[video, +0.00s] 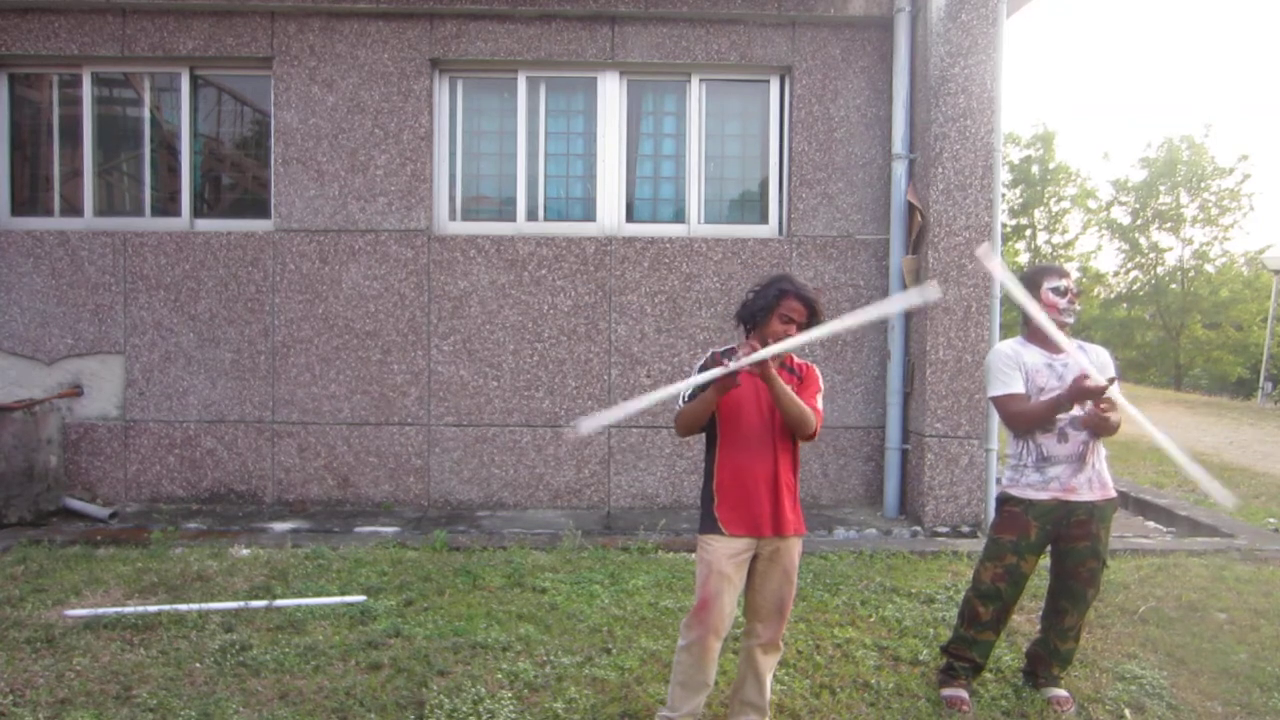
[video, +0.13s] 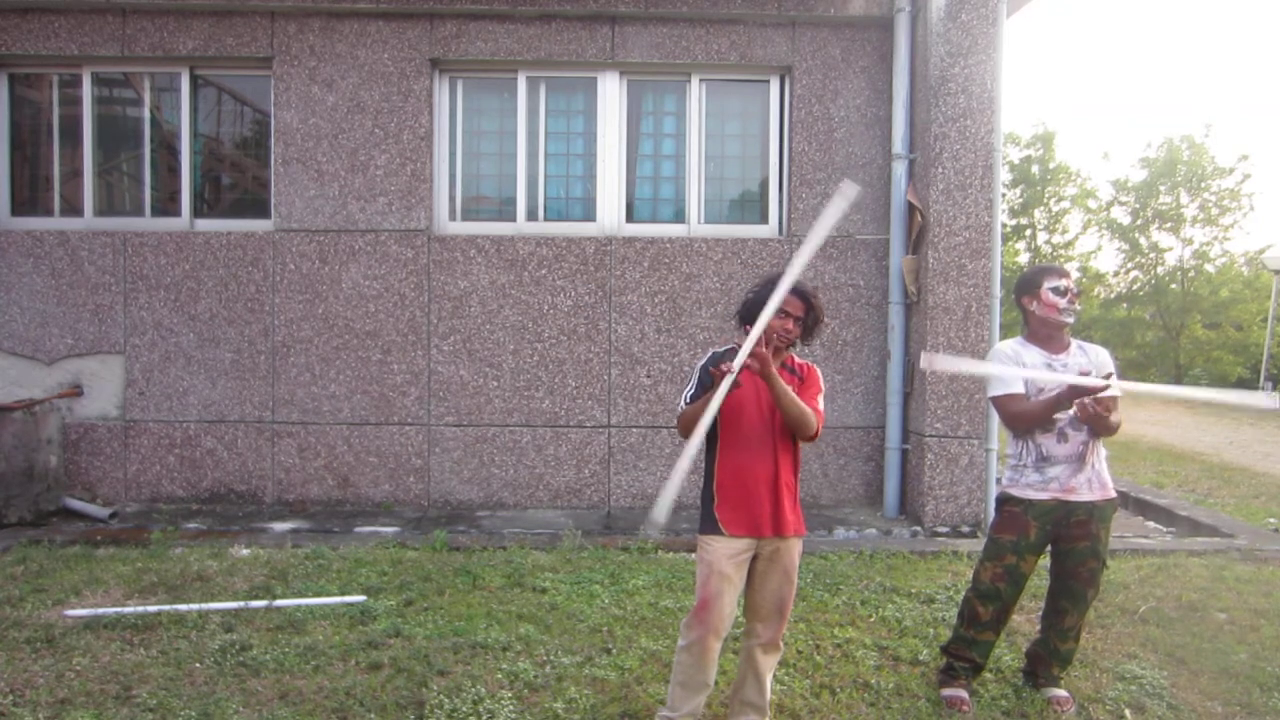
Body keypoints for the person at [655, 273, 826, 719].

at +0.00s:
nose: (792, 331)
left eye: (800, 325)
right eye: (785, 319)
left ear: (805, 330)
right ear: (758, 317)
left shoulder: (805, 372)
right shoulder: (719, 362)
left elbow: (808, 428)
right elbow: (684, 426)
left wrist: (771, 374)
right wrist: (722, 385)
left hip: (783, 521)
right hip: (726, 520)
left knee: (767, 636)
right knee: (707, 626)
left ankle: (749, 715)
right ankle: (678, 714)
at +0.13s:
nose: (787, 326)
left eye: (797, 320)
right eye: (781, 314)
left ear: (803, 329)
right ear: (755, 314)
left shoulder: (805, 373)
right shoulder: (721, 361)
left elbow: (809, 429)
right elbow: (686, 428)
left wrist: (771, 374)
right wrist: (720, 386)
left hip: (783, 522)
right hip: (726, 521)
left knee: (767, 636)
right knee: (707, 626)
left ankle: (749, 714)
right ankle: (678, 714)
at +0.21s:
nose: (788, 325)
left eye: (798, 318)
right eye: (781, 312)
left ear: (803, 327)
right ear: (757, 312)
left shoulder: (806, 373)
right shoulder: (721, 362)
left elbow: (808, 431)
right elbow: (688, 427)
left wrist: (768, 376)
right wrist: (724, 390)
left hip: (783, 520)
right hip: (726, 518)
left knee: (767, 635)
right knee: (708, 625)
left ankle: (749, 714)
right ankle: (678, 713)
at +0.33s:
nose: (788, 323)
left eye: (798, 317)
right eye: (780, 312)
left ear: (803, 327)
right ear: (756, 312)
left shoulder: (807, 373)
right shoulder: (723, 362)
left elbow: (807, 437)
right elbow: (692, 428)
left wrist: (768, 390)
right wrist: (723, 390)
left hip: (784, 521)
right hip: (727, 520)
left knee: (767, 635)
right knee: (708, 625)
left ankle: (749, 714)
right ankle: (678, 714)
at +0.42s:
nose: (788, 323)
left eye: (797, 317)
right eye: (781, 311)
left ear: (803, 327)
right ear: (757, 311)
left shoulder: (807, 374)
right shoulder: (721, 363)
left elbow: (805, 439)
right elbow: (692, 429)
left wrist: (764, 398)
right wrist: (722, 390)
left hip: (783, 521)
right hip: (726, 519)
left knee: (767, 635)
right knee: (709, 624)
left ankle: (749, 714)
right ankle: (678, 714)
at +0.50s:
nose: (788, 322)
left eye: (798, 317)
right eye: (781, 310)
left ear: (803, 326)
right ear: (758, 311)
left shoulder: (806, 372)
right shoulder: (722, 363)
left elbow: (805, 441)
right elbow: (693, 428)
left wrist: (762, 402)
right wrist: (722, 391)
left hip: (783, 521)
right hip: (726, 519)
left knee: (767, 635)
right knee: (709, 624)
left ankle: (749, 714)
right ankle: (678, 714)